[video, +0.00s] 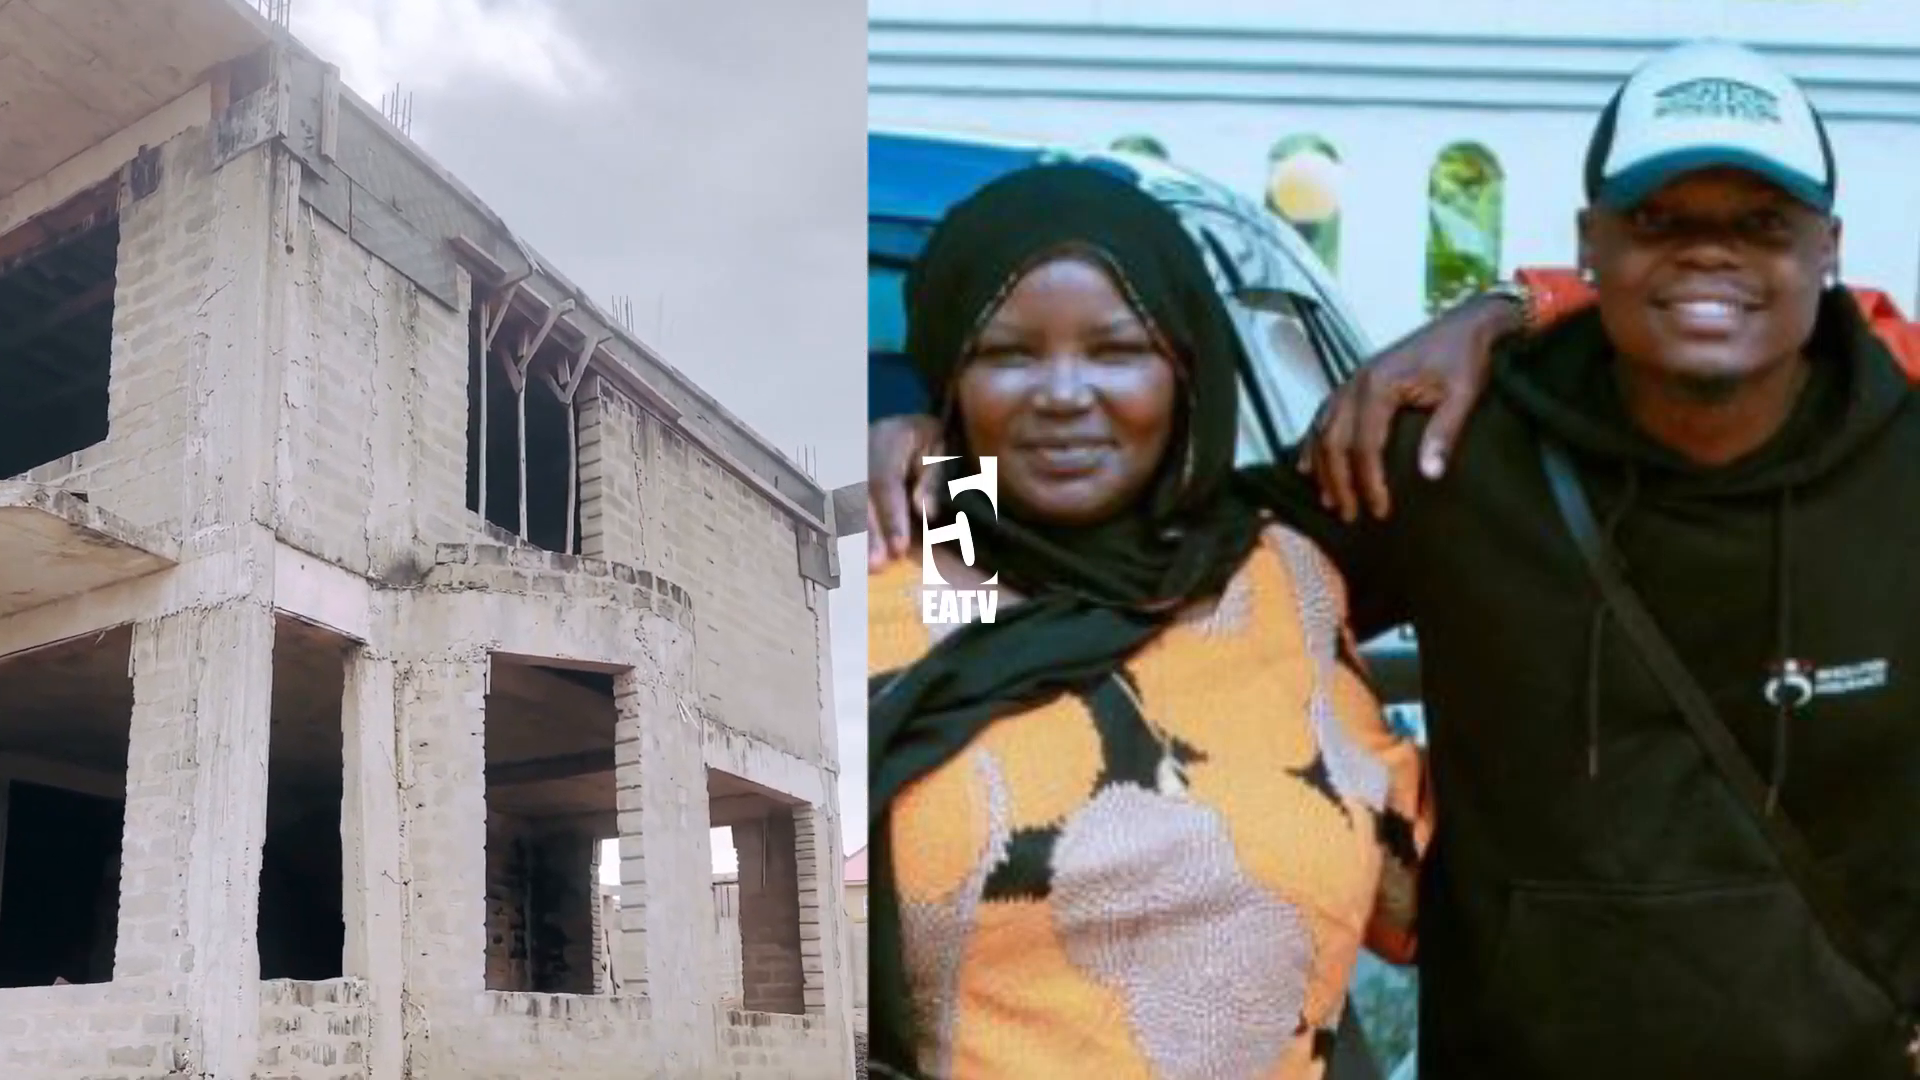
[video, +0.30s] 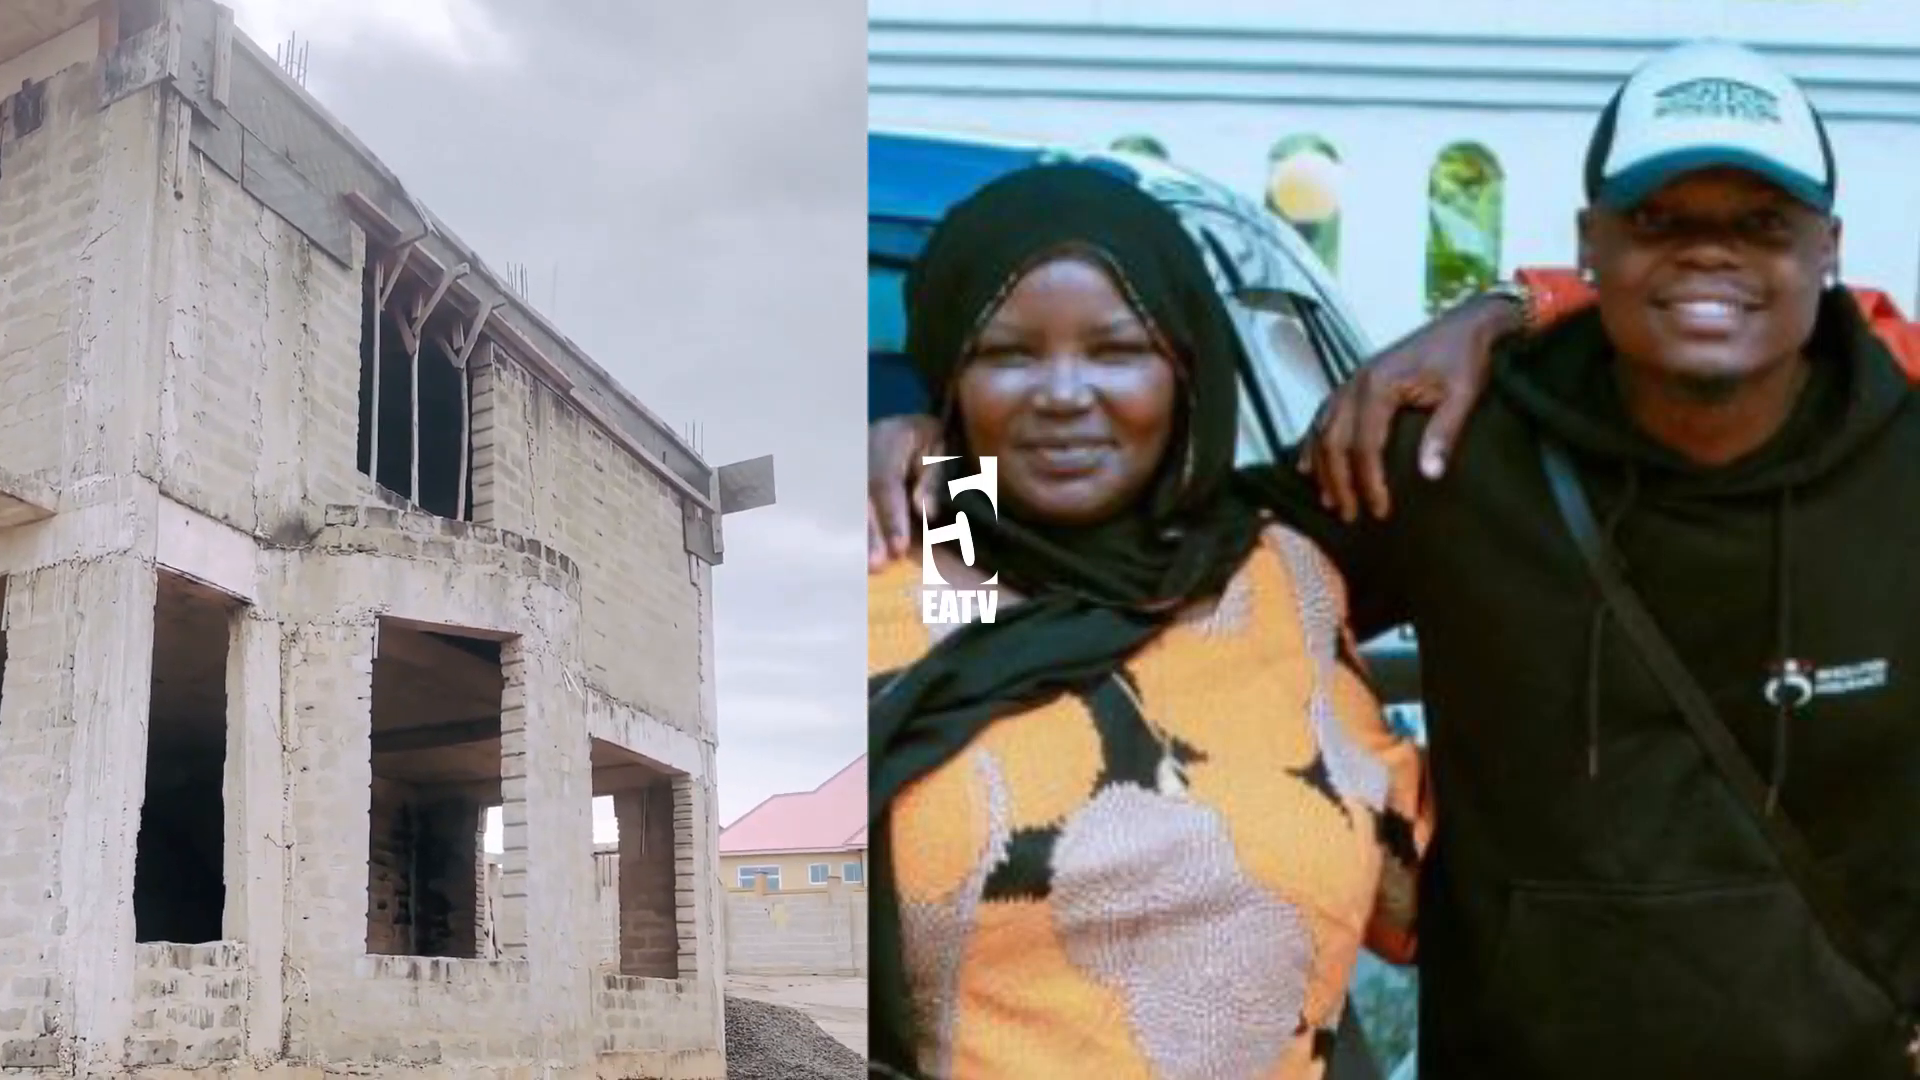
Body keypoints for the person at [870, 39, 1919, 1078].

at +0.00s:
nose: (1707, 252)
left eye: (1757, 220)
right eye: (1664, 215)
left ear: (1825, 250)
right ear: (1595, 242)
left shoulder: (1899, 445)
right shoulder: (1464, 447)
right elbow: (1174, 558)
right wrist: (954, 463)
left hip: (1849, 1037)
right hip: (1535, 1044)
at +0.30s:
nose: (1707, 252)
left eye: (1757, 220)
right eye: (1664, 215)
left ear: (1825, 250)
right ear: (1595, 242)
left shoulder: (1898, 446)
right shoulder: (1464, 447)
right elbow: (1175, 558)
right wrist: (957, 460)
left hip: (1848, 1037)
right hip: (1534, 1044)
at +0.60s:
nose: (1707, 251)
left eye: (1757, 219)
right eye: (1664, 215)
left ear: (1826, 250)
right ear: (1595, 242)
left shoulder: (1898, 445)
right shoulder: (1464, 447)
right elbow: (1175, 556)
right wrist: (955, 461)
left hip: (1849, 1037)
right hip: (1536, 1044)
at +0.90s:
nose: (1707, 252)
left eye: (1757, 219)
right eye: (1664, 215)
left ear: (1826, 250)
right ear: (1595, 242)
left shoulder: (1898, 444)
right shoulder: (1464, 448)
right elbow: (1177, 558)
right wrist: (958, 463)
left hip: (1849, 1037)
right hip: (1535, 1044)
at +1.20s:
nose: (1707, 251)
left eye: (1757, 219)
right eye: (1664, 215)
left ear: (1825, 250)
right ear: (1595, 242)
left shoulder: (1898, 445)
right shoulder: (1463, 448)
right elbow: (1175, 559)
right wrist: (958, 463)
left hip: (1848, 1037)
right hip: (1535, 1043)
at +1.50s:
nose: (1706, 251)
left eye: (1757, 219)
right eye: (1664, 214)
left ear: (1825, 251)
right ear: (1594, 241)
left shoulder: (1898, 446)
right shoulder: (1463, 449)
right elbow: (1174, 558)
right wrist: (960, 463)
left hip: (1849, 1038)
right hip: (1535, 1044)